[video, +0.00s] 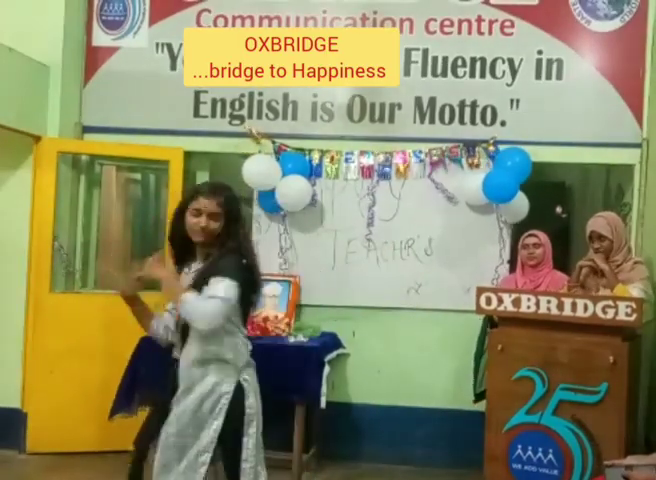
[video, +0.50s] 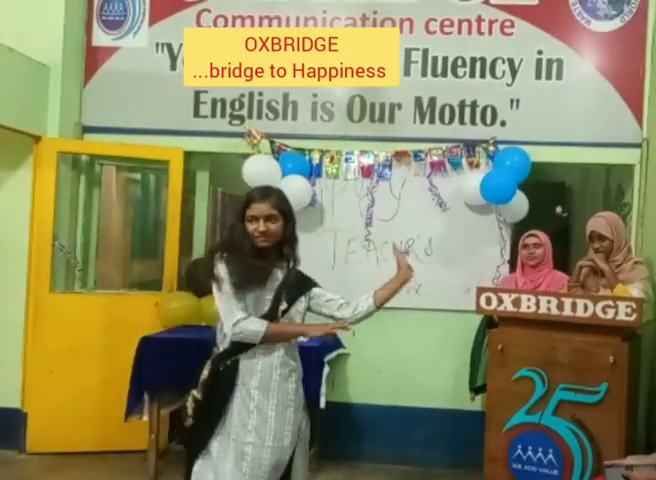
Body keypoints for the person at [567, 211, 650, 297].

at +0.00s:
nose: (595, 246)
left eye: (602, 239)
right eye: (591, 240)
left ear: (616, 238)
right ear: (588, 241)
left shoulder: (636, 269)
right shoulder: (586, 268)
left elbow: (632, 304)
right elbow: (570, 298)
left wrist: (606, 268)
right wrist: (577, 272)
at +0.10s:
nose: (595, 246)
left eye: (602, 239)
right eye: (591, 240)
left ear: (616, 238)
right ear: (588, 241)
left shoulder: (636, 269)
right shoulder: (586, 268)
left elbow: (632, 304)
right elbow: (570, 298)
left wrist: (606, 268)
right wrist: (577, 272)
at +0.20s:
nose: (595, 246)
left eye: (602, 239)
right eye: (591, 240)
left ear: (617, 239)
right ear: (588, 241)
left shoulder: (636, 269)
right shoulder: (586, 268)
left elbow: (633, 304)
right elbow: (570, 299)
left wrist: (606, 268)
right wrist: (577, 273)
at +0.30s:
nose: (595, 246)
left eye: (602, 239)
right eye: (591, 240)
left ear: (617, 238)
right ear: (588, 241)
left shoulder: (636, 269)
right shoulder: (586, 268)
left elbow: (632, 304)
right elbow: (570, 298)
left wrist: (606, 268)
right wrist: (577, 272)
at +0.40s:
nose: (595, 246)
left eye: (602, 239)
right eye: (591, 240)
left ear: (617, 238)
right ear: (588, 241)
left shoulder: (636, 269)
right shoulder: (586, 268)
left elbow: (632, 304)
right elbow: (570, 299)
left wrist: (606, 269)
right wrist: (577, 272)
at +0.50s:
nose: (595, 246)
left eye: (602, 239)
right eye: (591, 240)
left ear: (617, 238)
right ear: (588, 241)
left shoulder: (636, 269)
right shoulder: (586, 268)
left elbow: (632, 304)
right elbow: (570, 299)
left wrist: (606, 269)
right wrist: (577, 272)